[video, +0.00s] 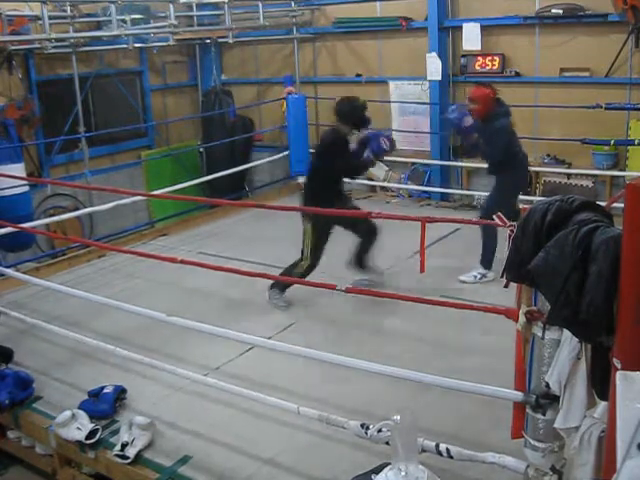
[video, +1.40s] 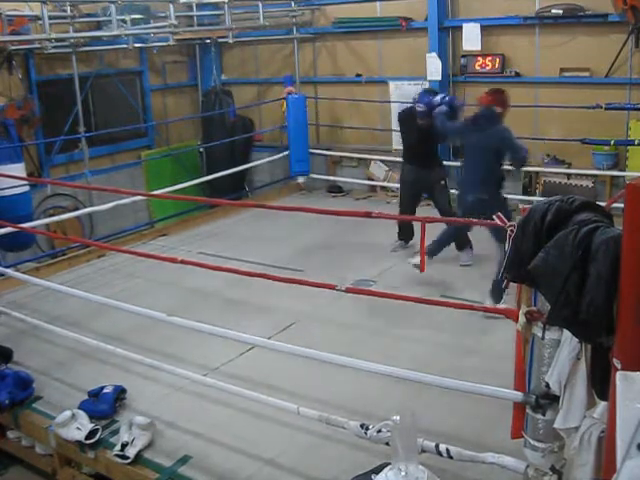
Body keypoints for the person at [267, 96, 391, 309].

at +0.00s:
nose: (366, 116)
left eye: (365, 112)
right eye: (363, 112)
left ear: (344, 116)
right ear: (352, 116)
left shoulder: (344, 137)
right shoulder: (333, 140)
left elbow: (346, 163)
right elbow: (350, 170)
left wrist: (362, 146)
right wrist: (373, 158)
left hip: (335, 201)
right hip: (316, 204)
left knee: (369, 230)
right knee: (309, 260)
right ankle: (277, 288)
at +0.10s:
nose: (386, 119)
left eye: (384, 116)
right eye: (382, 116)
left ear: (364, 120)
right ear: (372, 121)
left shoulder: (370, 139)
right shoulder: (349, 145)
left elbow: (377, 148)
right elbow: (357, 174)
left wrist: (396, 135)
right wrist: (382, 163)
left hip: (356, 203)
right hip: (337, 206)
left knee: (388, 228)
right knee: (320, 252)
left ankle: (413, 257)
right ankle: (280, 286)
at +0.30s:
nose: (433, 110)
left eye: (432, 108)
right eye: (429, 108)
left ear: (425, 111)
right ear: (416, 110)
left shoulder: (424, 122)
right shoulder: (396, 130)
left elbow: (443, 121)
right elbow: (386, 165)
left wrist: (461, 111)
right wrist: (416, 157)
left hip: (401, 183)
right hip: (382, 184)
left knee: (423, 222)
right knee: (379, 234)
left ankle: (421, 262)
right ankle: (347, 255)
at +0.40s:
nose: (437, 105)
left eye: (437, 101)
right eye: (433, 102)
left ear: (429, 102)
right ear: (422, 102)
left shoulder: (429, 114)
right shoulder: (402, 122)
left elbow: (450, 121)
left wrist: (469, 118)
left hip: (420, 178)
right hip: (402, 180)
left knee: (443, 214)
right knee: (406, 231)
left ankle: (438, 250)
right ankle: (380, 246)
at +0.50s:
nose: (436, 108)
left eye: (436, 104)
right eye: (432, 105)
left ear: (434, 104)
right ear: (419, 106)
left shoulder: (436, 118)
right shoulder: (404, 128)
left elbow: (458, 124)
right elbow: (412, 162)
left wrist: (474, 118)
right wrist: (438, 151)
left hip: (434, 178)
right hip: (413, 182)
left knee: (458, 216)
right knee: (421, 227)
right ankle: (395, 259)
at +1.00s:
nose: (431, 115)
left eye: (433, 111)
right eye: (427, 111)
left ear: (437, 109)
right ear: (417, 109)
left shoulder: (440, 124)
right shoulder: (405, 125)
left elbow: (447, 147)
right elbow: (414, 153)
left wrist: (453, 128)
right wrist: (426, 131)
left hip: (436, 179)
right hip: (413, 178)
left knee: (449, 215)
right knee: (397, 215)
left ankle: (467, 251)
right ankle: (377, 245)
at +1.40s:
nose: (425, 111)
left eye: (429, 107)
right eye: (423, 106)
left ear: (434, 106)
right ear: (417, 103)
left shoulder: (436, 117)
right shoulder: (406, 115)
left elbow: (451, 123)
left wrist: (451, 108)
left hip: (433, 169)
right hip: (411, 168)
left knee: (446, 210)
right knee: (405, 208)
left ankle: (465, 247)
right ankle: (404, 239)